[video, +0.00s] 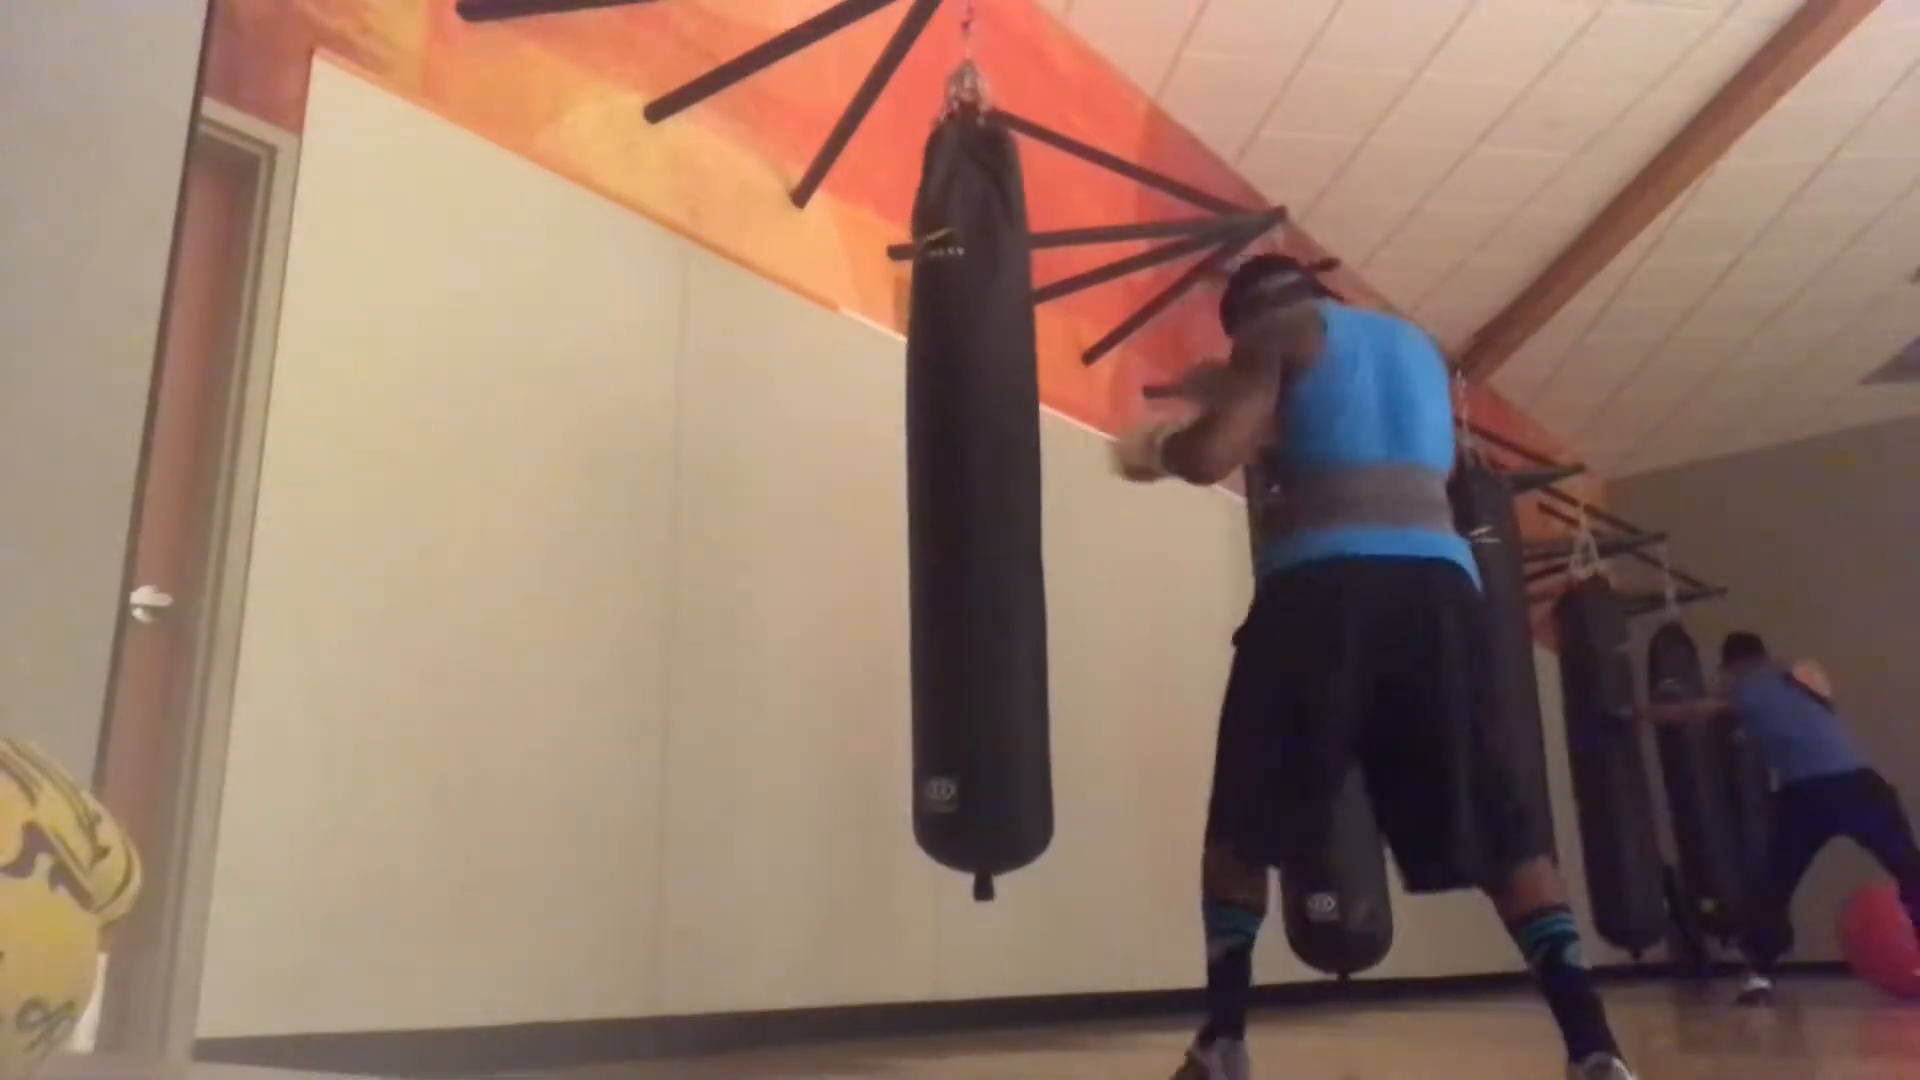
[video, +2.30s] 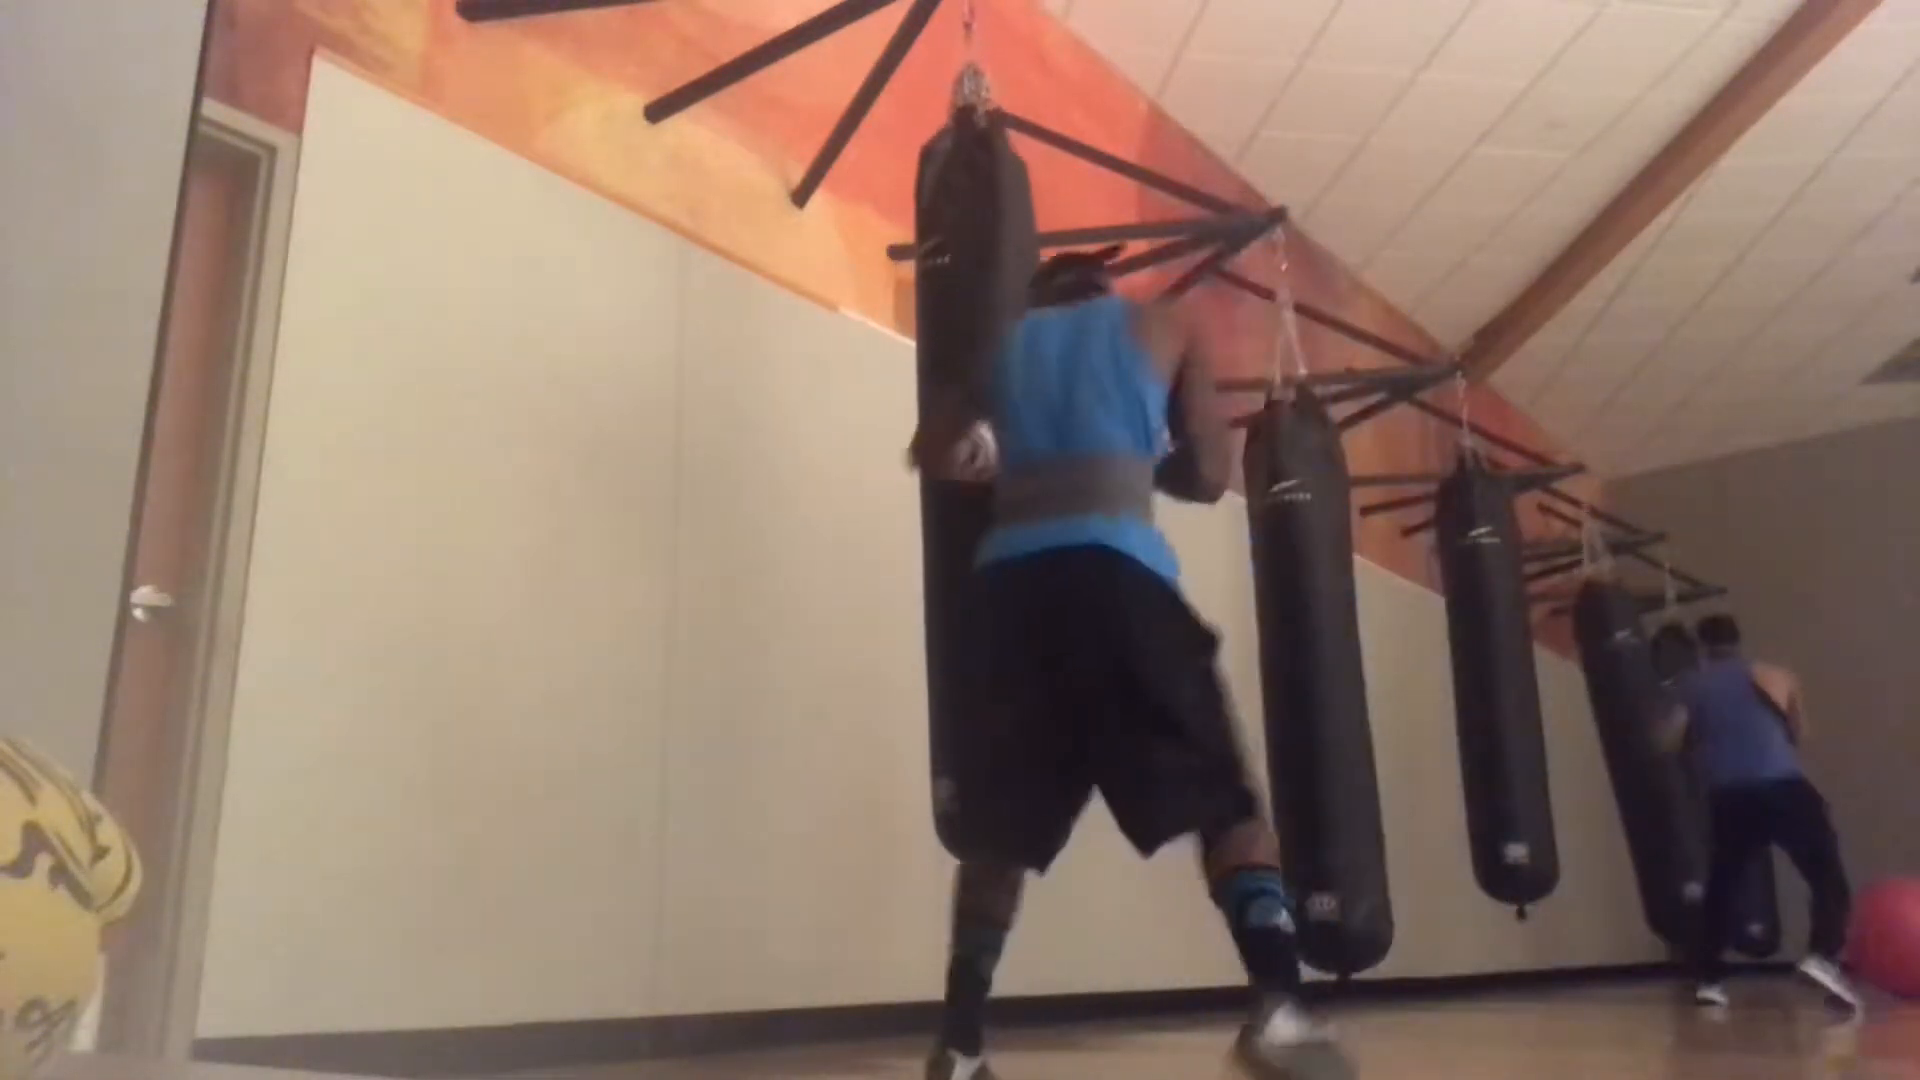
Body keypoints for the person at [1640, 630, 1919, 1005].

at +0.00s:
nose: (1727, 675)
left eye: (1726, 668)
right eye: (1726, 668)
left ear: (1731, 666)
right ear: (1765, 657)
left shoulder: (1746, 691)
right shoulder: (1795, 682)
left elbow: (1689, 713)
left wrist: (1642, 713)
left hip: (1806, 794)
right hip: (1859, 784)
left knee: (1774, 884)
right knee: (1908, 867)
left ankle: (1760, 975)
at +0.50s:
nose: (1713, 679)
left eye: (1712, 672)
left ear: (1712, 671)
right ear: (1746, 665)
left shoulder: (1717, 699)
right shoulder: (1776, 690)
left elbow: (1672, 724)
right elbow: (1808, 722)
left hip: (1760, 803)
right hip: (1810, 795)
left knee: (1729, 882)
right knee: (1858, 880)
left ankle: (1700, 962)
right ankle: (1897, 961)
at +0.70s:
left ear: (1680, 677)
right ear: (1716, 669)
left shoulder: (1676, 711)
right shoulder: (1745, 692)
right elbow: (1771, 724)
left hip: (1727, 800)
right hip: (1780, 788)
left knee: (1712, 879)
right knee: (1819, 866)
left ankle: (1695, 971)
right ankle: (1842, 952)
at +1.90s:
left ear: (1685, 657)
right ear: (1720, 649)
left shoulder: (1684, 696)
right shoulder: (1754, 674)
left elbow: (1673, 756)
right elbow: (1779, 712)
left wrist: (1686, 803)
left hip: (1736, 794)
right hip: (1790, 785)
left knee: (1728, 883)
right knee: (1829, 875)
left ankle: (1712, 975)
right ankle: (1850, 966)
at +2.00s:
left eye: (1670, 660)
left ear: (1678, 656)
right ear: (1715, 643)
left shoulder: (1686, 687)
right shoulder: (1743, 665)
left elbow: (1634, 718)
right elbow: (1789, 676)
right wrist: (1765, 664)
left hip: (1736, 783)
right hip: (1781, 774)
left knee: (1738, 871)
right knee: (1816, 864)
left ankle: (1713, 966)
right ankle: (1843, 962)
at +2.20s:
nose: (1726, 651)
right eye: (1724, 645)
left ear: (1686, 650)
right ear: (1721, 644)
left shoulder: (1677, 691)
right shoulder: (1741, 670)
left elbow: (1632, 722)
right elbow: (1775, 695)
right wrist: (1782, 718)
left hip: (1731, 793)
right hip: (1780, 783)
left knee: (1722, 882)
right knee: (1821, 866)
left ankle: (1707, 977)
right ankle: (1829, 955)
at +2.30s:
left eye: (1711, 644)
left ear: (1702, 648)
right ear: (1739, 643)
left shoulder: (1692, 687)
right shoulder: (1775, 677)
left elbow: (1669, 740)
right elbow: (1797, 735)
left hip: (1729, 799)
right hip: (1785, 792)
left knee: (1721, 886)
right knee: (1828, 878)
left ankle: (1708, 980)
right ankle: (1823, 956)